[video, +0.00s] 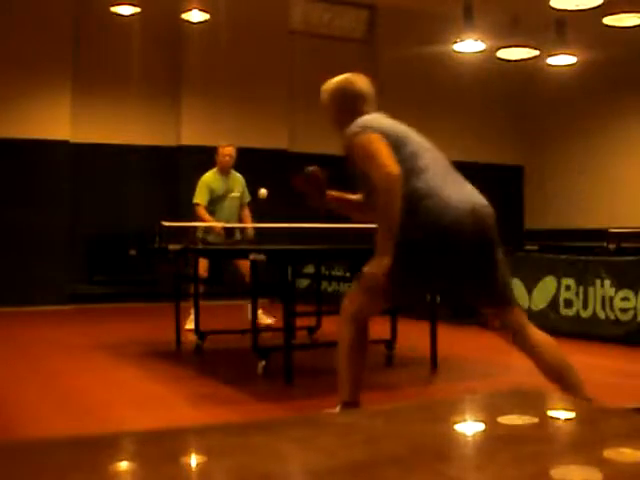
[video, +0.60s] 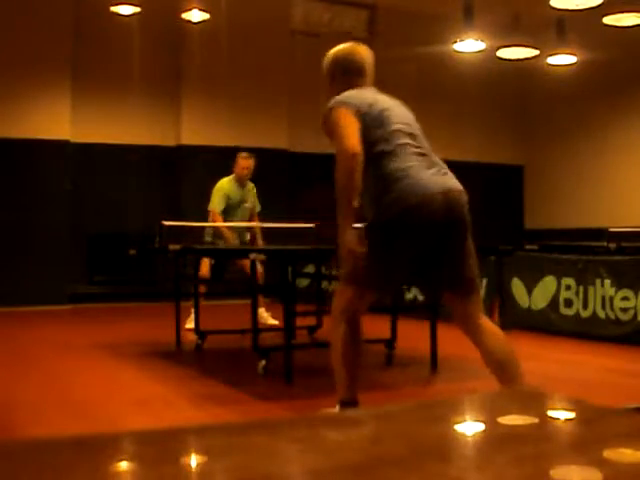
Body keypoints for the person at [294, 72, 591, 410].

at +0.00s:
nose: (328, 115)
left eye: (327, 108)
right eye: (328, 107)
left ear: (335, 108)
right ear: (366, 101)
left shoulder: (361, 130)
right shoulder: (393, 129)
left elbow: (389, 175)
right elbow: (383, 206)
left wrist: (383, 253)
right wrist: (327, 198)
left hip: (432, 226)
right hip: (477, 222)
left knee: (354, 309)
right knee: (516, 324)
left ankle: (347, 406)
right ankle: (585, 402)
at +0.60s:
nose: (328, 86)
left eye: (327, 79)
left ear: (332, 78)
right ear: (369, 76)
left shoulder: (342, 104)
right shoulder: (395, 105)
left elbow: (352, 151)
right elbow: (418, 160)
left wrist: (348, 223)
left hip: (403, 203)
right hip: (451, 197)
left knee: (345, 309)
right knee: (470, 314)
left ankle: (347, 404)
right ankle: (523, 397)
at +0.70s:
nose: (350, 72)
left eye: (351, 65)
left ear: (354, 65)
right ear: (393, 65)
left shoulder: (360, 91)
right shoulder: (417, 97)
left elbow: (369, 124)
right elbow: (442, 152)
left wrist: (369, 199)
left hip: (405, 202)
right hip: (455, 199)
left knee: (345, 306)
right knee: (487, 317)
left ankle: (342, 405)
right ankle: (531, 403)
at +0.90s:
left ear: (380, 54)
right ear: (421, 53)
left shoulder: (367, 84)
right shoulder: (447, 90)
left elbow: (346, 121)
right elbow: (478, 148)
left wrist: (339, 186)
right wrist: (441, 164)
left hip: (394, 204)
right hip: (454, 203)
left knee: (350, 313)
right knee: (489, 308)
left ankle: (330, 403)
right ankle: (524, 396)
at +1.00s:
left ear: (396, 65)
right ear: (437, 65)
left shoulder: (376, 99)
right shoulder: (461, 105)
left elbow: (336, 147)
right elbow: (494, 162)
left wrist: (323, 215)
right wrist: (468, 194)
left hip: (398, 217)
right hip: (461, 216)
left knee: (352, 314)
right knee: (498, 315)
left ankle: (334, 403)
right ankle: (524, 401)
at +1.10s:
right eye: (464, 73)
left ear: (423, 76)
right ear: (461, 78)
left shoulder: (398, 108)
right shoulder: (484, 115)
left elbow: (353, 159)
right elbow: (509, 171)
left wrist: (352, 218)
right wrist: (515, 219)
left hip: (404, 217)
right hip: (467, 217)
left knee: (360, 315)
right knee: (509, 317)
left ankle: (336, 404)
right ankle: (524, 409)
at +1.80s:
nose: (589, 149)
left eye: (589, 145)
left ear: (593, 146)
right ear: (624, 146)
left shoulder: (581, 166)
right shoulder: (636, 168)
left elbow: (531, 190)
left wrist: (504, 227)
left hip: (577, 244)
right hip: (627, 246)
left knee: (597, 311)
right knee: (629, 333)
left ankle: (616, 388)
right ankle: (577, 389)